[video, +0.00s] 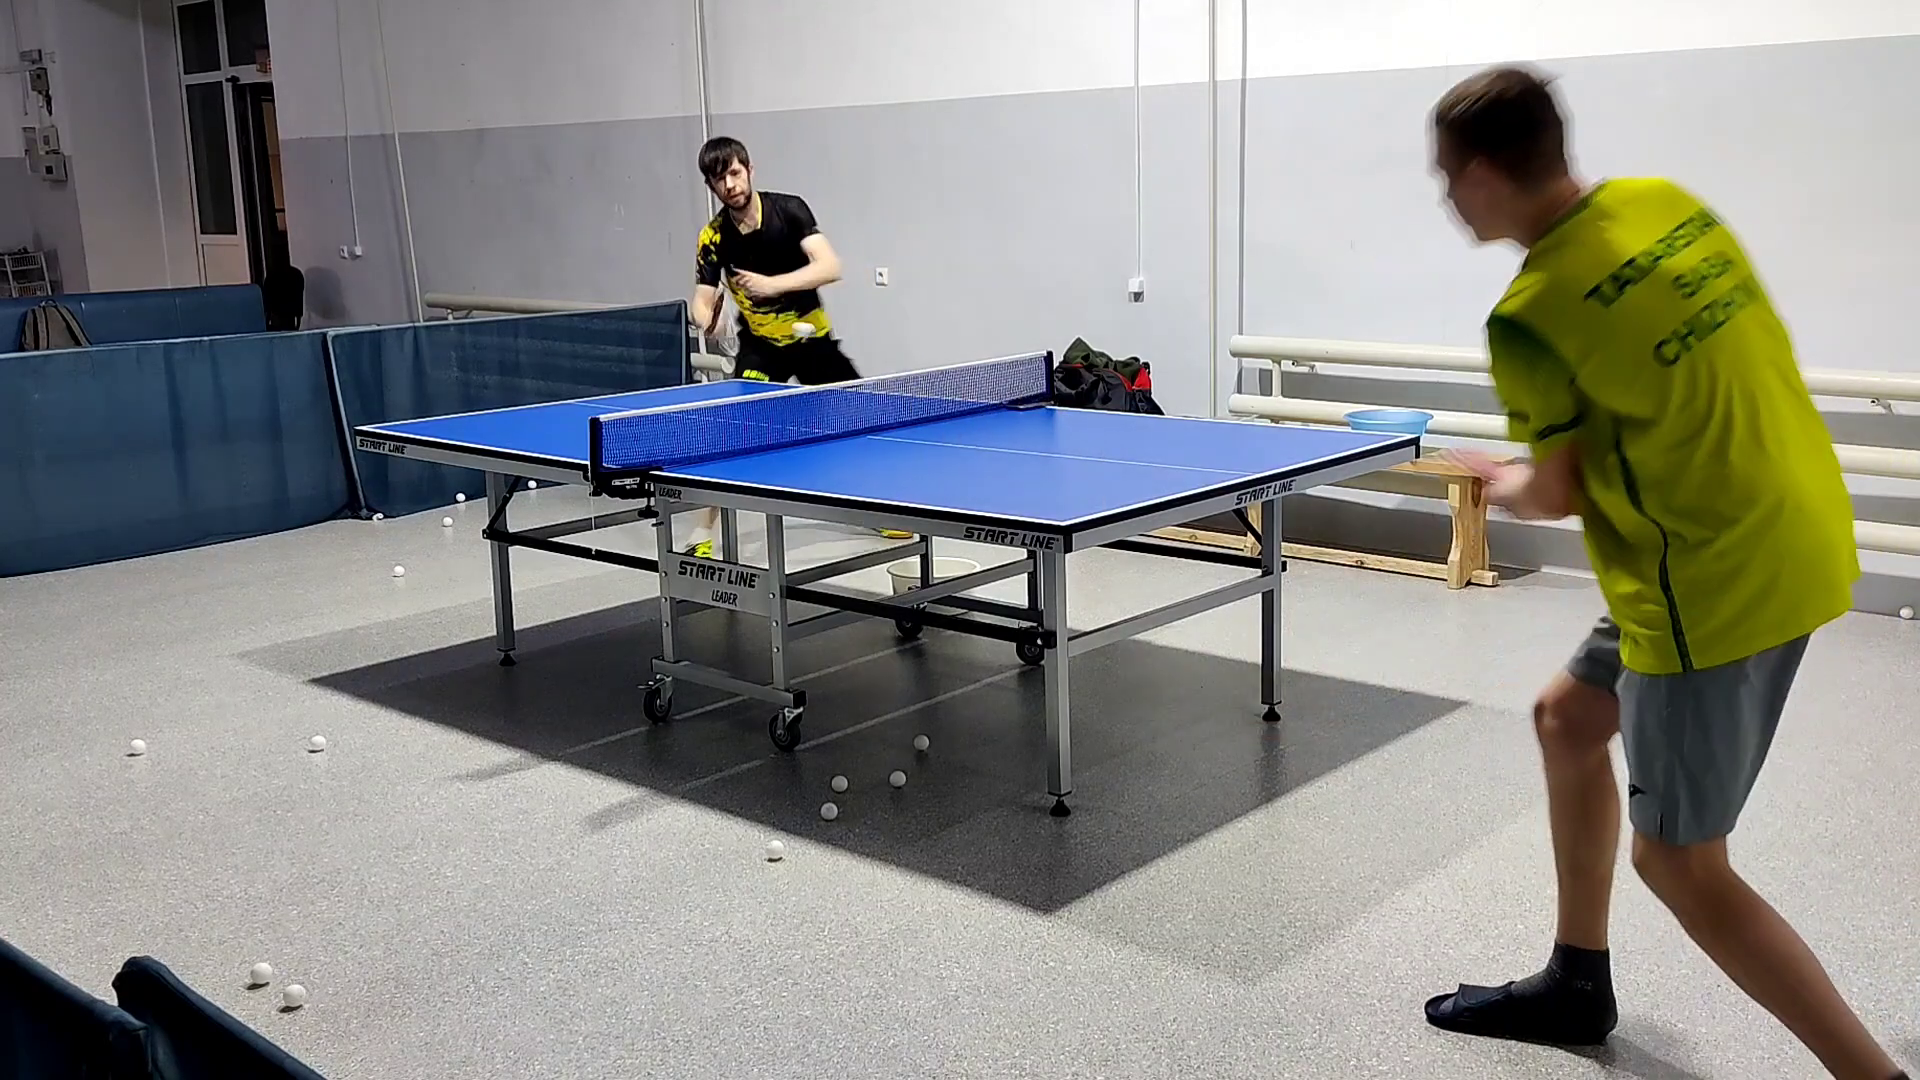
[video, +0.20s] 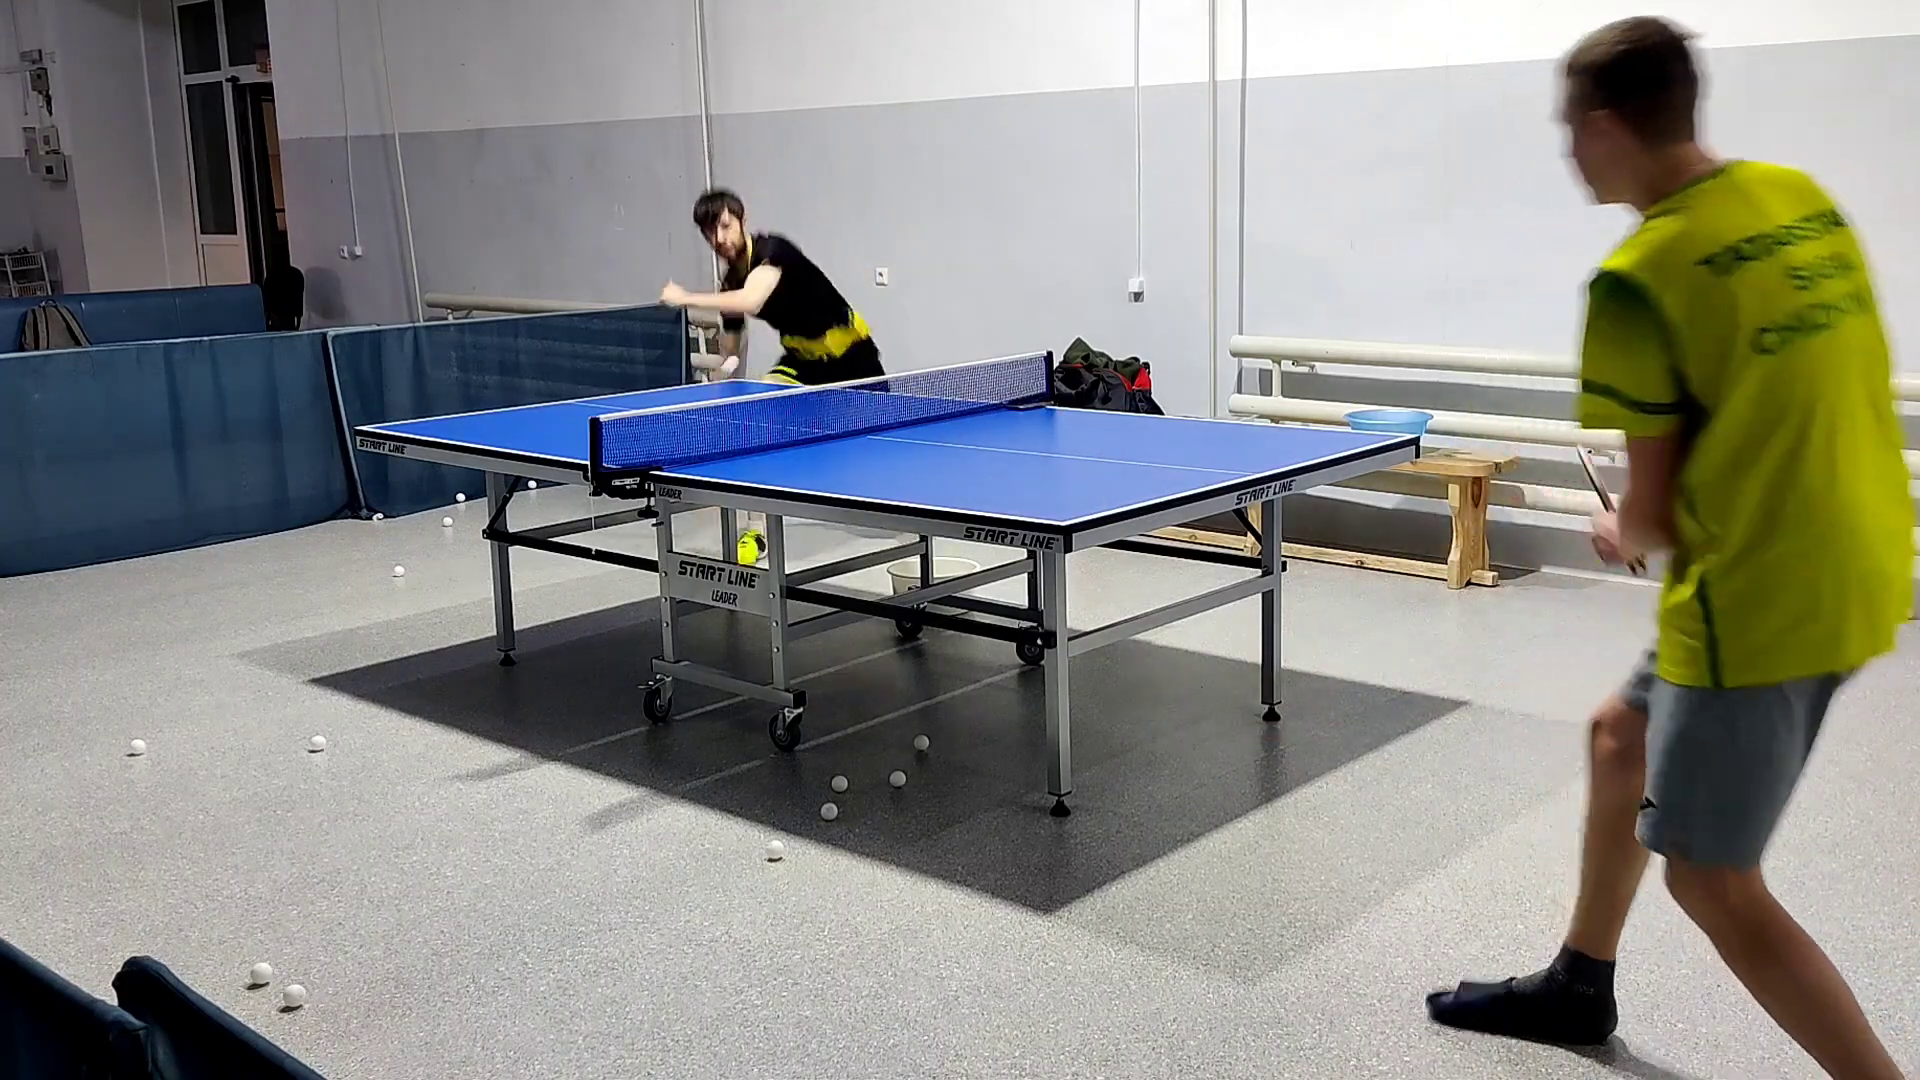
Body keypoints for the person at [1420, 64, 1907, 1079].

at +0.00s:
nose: (1448, 199)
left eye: (1451, 178)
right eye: (1443, 179)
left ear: (1497, 171)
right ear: (1550, 155)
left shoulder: (1532, 312)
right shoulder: (1662, 198)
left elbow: (1557, 496)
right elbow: (1712, 381)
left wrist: (1500, 485)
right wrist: (1577, 463)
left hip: (1713, 596)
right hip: (1796, 535)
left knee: (1677, 862)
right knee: (1569, 718)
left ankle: (1874, 1070)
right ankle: (1577, 981)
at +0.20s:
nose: (1569, 156)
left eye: (1573, 131)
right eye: (1568, 133)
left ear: (1618, 125)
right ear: (1680, 116)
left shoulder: (1643, 272)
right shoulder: (1802, 196)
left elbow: (1651, 515)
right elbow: (1824, 402)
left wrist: (1623, 534)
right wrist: (1663, 510)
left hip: (1757, 599)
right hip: (1867, 563)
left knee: (1703, 871)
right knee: (1619, 736)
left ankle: (1879, 1075)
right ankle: (1578, 984)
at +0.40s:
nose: (1677, 139)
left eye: (1680, 115)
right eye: (1676, 116)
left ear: (1721, 114)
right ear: (1802, 103)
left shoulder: (1755, 270)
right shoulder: (1909, 194)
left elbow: (1725, 517)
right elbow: (1896, 439)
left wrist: (1645, 567)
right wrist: (1797, 573)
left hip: (1848, 628)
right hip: (1916, 603)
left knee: (1755, 884)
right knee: (1727, 745)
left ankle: (1888, 1073)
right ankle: (1646, 982)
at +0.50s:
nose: (1712, 120)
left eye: (1715, 96)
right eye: (1711, 97)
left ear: (1756, 95)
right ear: (1842, 82)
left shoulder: (1798, 257)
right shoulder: (1908, 183)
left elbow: (1767, 511)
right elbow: (1897, 428)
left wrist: (1662, 561)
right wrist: (1818, 538)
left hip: (1874, 625)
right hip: (1901, 584)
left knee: (1777, 867)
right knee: (1780, 731)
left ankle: (1892, 1065)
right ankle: (1786, 1011)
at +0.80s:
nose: (1769, 147)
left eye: (1768, 119)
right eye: (1763, 121)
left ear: (1820, 112)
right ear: (1838, 110)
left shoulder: (1912, 262)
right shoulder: (1900, 244)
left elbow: (1916, 531)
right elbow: (1893, 418)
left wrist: (1747, 635)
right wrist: (1864, 507)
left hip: (1918, 657)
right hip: (1908, 647)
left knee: (1838, 847)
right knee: (1843, 846)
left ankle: (1903, 1064)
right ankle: (1900, 1059)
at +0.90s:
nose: (1783, 150)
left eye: (1787, 124)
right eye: (1779, 125)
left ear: (1846, 115)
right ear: (1853, 114)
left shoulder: (1913, 224)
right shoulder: (1899, 202)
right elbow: (1886, 357)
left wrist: (1852, 606)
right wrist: (1876, 500)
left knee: (1882, 834)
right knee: (1884, 835)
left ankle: (1915, 1066)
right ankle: (1914, 1067)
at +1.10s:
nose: (1834, 183)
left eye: (1838, 156)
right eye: (1827, 158)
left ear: (1911, 131)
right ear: (1908, 134)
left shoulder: (1904, 236)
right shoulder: (1905, 233)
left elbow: (1878, 387)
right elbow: (1879, 386)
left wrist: (1908, 521)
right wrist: (1907, 522)